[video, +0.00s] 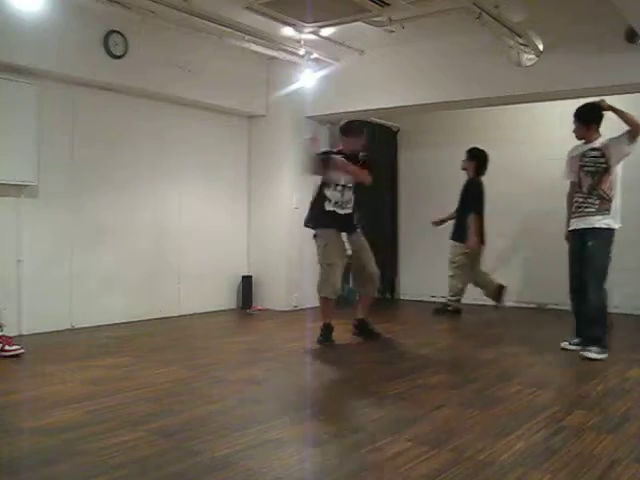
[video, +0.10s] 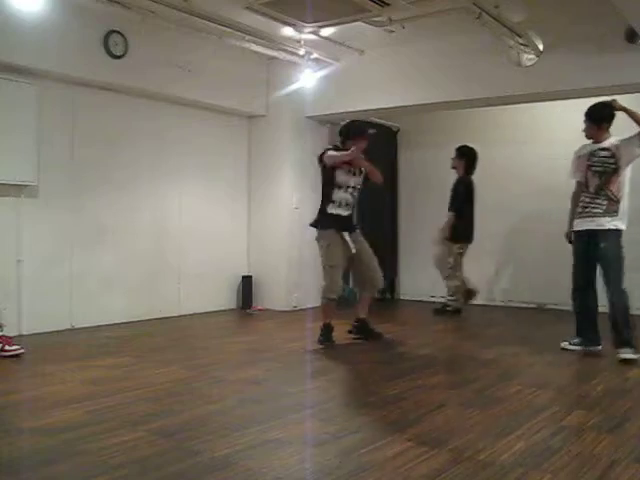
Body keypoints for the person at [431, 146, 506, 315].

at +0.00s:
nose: (463, 163)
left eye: (466, 160)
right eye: (465, 159)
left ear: (474, 164)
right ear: (474, 164)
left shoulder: (473, 185)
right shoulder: (471, 184)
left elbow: (473, 214)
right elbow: (461, 210)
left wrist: (473, 236)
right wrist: (443, 220)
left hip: (463, 238)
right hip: (470, 238)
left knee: (457, 270)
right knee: (472, 271)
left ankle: (453, 302)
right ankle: (494, 289)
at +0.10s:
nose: (452, 161)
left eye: (456, 158)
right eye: (454, 157)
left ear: (463, 161)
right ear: (465, 161)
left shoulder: (462, 183)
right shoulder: (465, 182)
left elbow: (455, 211)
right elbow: (457, 210)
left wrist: (445, 229)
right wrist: (448, 228)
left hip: (458, 234)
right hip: (461, 233)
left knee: (446, 262)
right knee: (452, 264)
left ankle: (455, 298)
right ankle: (463, 290)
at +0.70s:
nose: (387, 159)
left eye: (391, 156)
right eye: (389, 156)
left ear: (398, 161)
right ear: (398, 160)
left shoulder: (399, 181)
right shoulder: (398, 180)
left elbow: (396, 209)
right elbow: (395, 209)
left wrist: (397, 232)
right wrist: (391, 230)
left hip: (396, 234)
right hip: (395, 233)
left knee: (392, 267)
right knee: (395, 268)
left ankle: (419, 290)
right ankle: (396, 298)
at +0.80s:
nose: (377, 159)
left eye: (381, 156)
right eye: (378, 156)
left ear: (390, 160)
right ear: (383, 161)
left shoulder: (395, 180)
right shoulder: (380, 180)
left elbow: (398, 208)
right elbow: (370, 205)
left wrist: (399, 230)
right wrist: (358, 221)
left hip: (387, 231)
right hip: (379, 230)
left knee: (375, 260)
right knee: (391, 266)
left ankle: (391, 294)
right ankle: (395, 297)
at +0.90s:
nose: (367, 160)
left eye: (371, 157)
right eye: (368, 157)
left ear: (379, 161)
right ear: (372, 161)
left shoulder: (386, 181)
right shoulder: (369, 181)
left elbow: (396, 206)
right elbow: (357, 205)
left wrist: (397, 229)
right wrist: (336, 215)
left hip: (382, 230)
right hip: (372, 229)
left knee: (366, 262)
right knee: (383, 266)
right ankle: (394, 297)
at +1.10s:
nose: (347, 159)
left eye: (351, 156)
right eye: (349, 155)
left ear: (359, 161)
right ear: (356, 161)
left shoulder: (365, 181)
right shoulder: (351, 180)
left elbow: (372, 208)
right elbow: (344, 203)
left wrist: (382, 231)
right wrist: (327, 213)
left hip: (359, 233)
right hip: (355, 232)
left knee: (350, 268)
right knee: (368, 268)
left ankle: (344, 300)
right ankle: (387, 293)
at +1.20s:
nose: (337, 156)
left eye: (341, 153)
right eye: (339, 153)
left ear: (348, 158)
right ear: (346, 158)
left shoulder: (353, 179)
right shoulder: (338, 179)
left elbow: (357, 209)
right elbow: (335, 205)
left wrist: (361, 232)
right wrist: (325, 221)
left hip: (348, 235)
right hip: (336, 233)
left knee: (345, 271)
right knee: (346, 269)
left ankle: (340, 304)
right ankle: (372, 290)